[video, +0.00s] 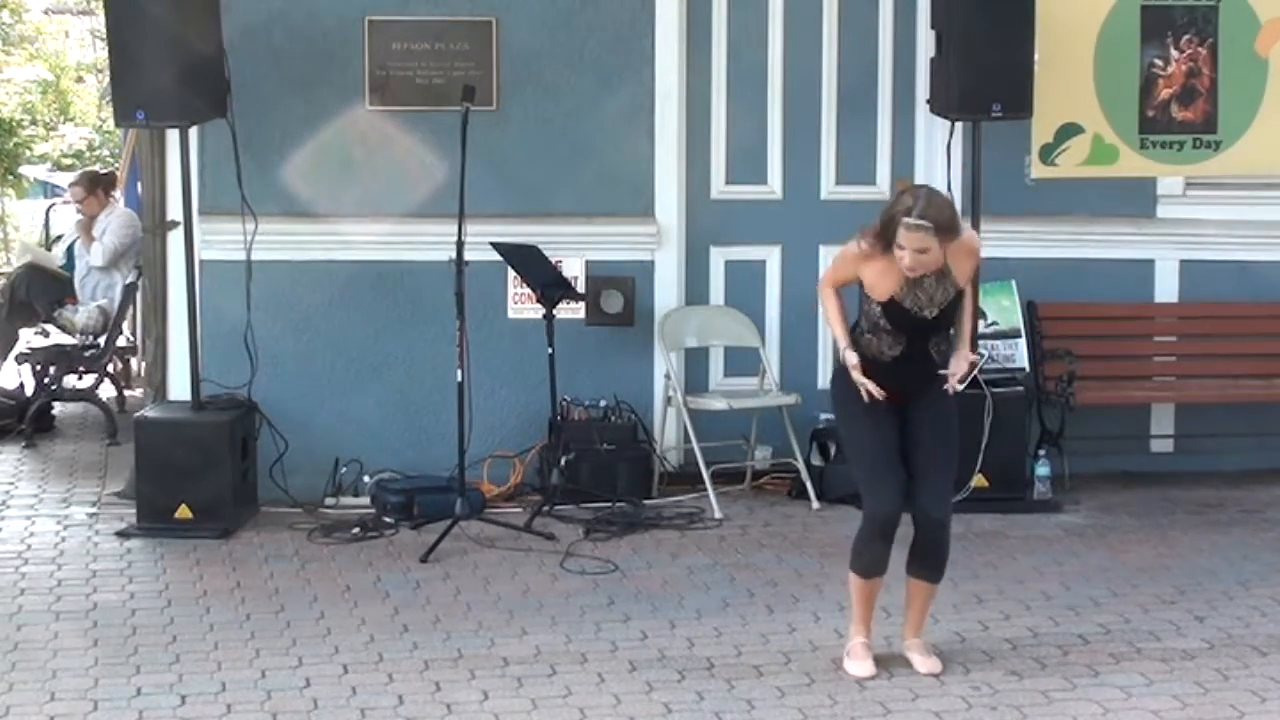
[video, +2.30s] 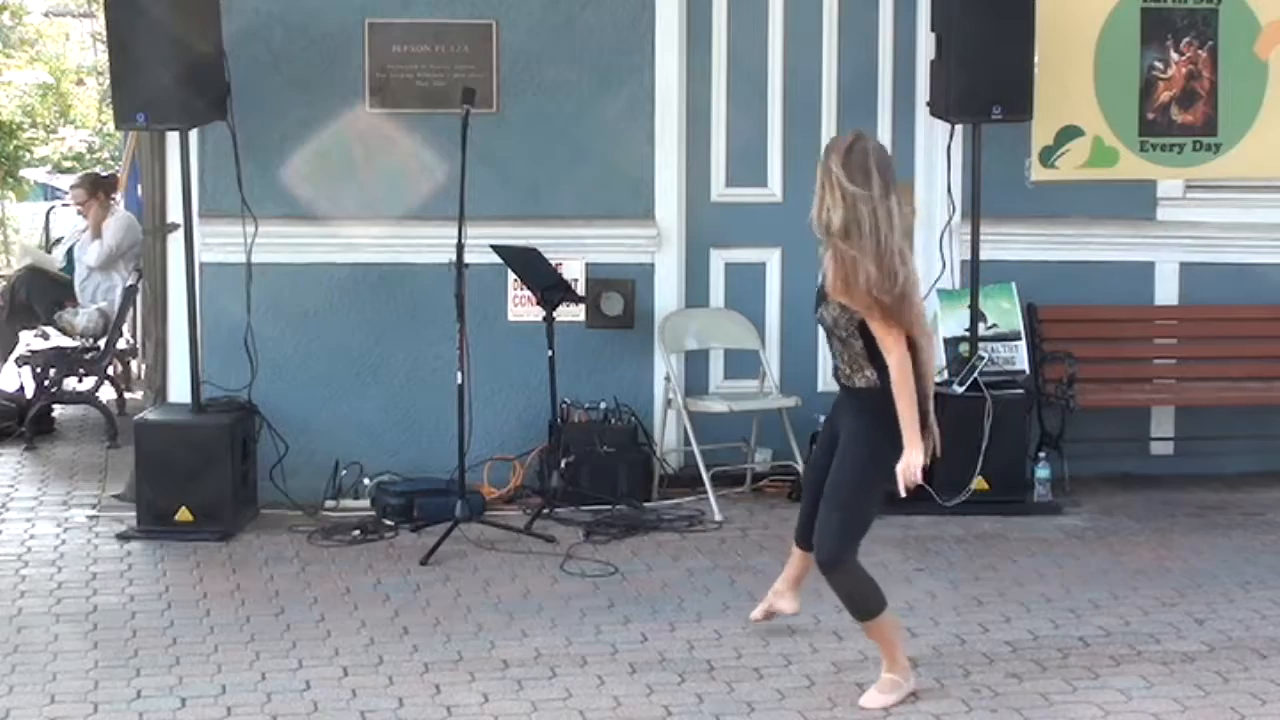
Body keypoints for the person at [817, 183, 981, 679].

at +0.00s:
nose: (909, 260)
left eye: (921, 251)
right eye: (901, 248)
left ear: (946, 240)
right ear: (890, 236)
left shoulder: (965, 251)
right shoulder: (865, 256)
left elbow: (967, 289)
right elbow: (828, 285)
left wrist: (965, 346)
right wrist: (848, 353)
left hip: (930, 383)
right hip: (865, 381)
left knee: (935, 510)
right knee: (884, 506)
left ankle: (913, 638)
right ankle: (859, 637)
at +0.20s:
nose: (863, 207)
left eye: (870, 199)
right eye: (861, 198)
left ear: (903, 199)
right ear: (888, 197)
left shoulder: (960, 235)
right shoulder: (870, 223)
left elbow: (978, 271)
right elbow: (863, 267)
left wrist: (976, 335)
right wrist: (840, 319)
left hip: (933, 377)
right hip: (867, 372)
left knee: (928, 509)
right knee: (857, 503)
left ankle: (912, 637)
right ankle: (837, 601)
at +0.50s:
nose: (828, 127)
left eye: (834, 117)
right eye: (830, 117)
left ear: (860, 122)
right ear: (854, 124)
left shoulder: (916, 176)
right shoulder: (850, 179)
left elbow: (983, 228)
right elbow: (864, 256)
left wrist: (966, 309)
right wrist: (827, 284)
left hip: (903, 343)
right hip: (846, 338)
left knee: (900, 484)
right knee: (815, 461)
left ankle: (917, 629)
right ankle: (817, 576)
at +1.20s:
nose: (837, 155)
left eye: (845, 147)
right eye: (825, 146)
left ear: (855, 159)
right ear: (802, 157)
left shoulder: (863, 222)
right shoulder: (803, 224)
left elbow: (929, 259)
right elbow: (818, 311)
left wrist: (968, 230)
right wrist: (794, 371)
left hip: (870, 384)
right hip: (820, 382)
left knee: (851, 509)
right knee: (794, 501)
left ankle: (891, 664)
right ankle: (836, 603)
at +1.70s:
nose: (843, 177)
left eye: (847, 168)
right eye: (846, 168)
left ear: (867, 175)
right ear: (877, 175)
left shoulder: (910, 250)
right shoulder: (870, 235)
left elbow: (966, 342)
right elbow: (882, 325)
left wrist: (968, 304)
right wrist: (852, 383)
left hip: (903, 410)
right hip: (859, 395)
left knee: (851, 545)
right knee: (817, 492)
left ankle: (898, 668)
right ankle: (791, 584)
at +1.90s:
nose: (853, 195)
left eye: (856, 186)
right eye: (854, 186)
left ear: (869, 191)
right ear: (903, 183)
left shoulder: (906, 264)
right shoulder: (877, 243)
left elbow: (944, 347)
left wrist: (942, 368)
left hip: (902, 418)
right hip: (859, 399)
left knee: (849, 551)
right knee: (818, 493)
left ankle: (898, 668)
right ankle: (789, 581)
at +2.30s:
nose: (819, 189)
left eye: (824, 181)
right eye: (824, 179)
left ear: (835, 188)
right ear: (877, 184)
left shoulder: (851, 258)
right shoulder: (865, 244)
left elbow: (897, 351)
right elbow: (916, 332)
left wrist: (912, 442)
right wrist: (931, 402)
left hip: (877, 408)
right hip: (853, 398)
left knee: (834, 550)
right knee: (816, 487)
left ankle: (898, 669)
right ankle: (787, 589)